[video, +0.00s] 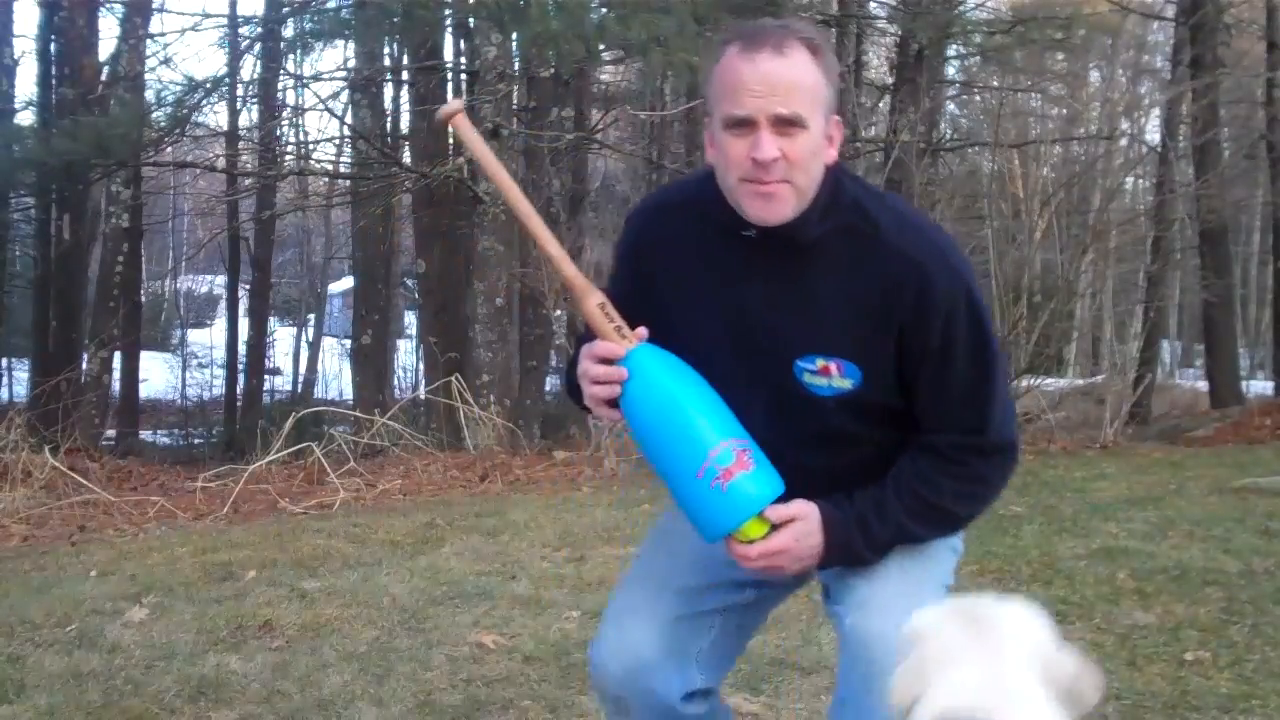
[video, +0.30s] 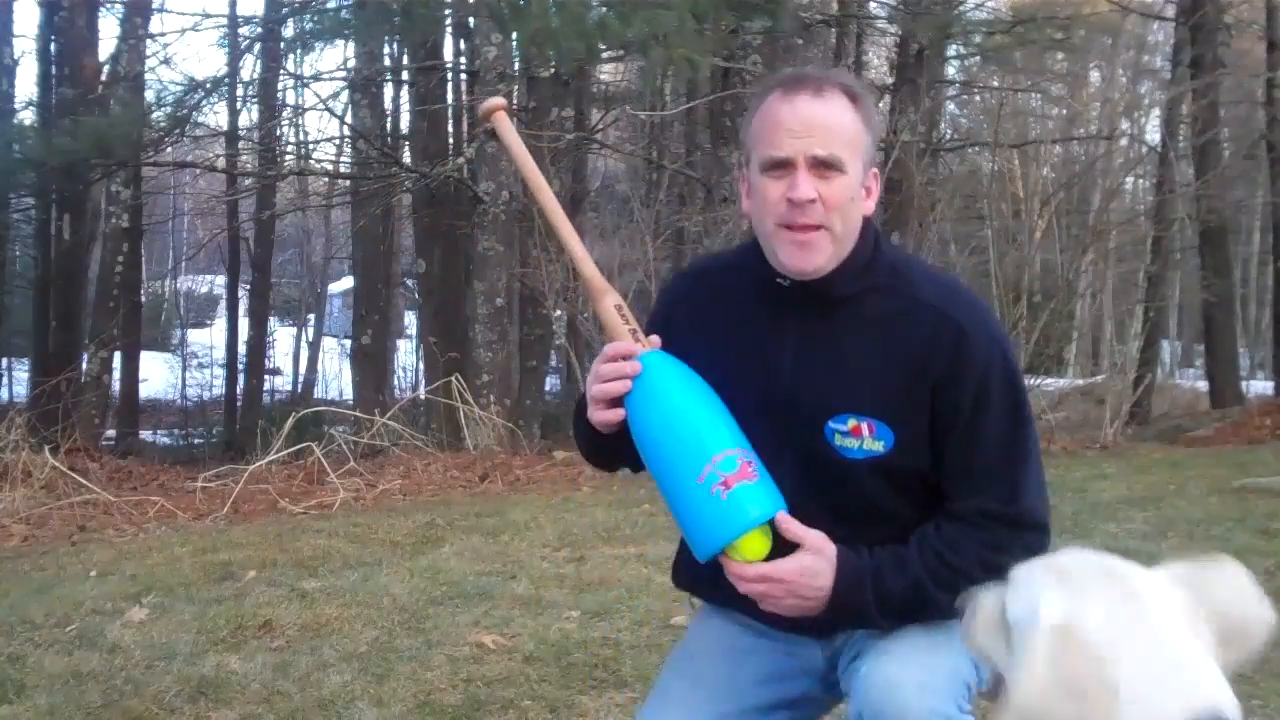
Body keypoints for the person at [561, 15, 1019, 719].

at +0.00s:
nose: (763, 151)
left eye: (788, 126)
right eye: (739, 126)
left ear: (832, 139)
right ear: (708, 138)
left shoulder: (913, 261)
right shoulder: (661, 232)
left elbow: (978, 449)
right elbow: (606, 350)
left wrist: (837, 530)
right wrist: (588, 378)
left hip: (891, 507)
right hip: (727, 495)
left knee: (889, 690)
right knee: (631, 670)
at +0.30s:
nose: (801, 191)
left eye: (827, 168)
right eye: (778, 168)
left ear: (868, 192)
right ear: (745, 191)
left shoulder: (950, 328)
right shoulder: (697, 304)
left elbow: (1007, 529)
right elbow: (626, 451)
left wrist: (853, 582)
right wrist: (603, 421)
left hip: (915, 619)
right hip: (747, 616)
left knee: (906, 701)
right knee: (671, 711)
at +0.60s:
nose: (835, 212)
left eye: (859, 190)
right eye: (812, 190)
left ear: (902, 218)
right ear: (781, 219)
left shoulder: (979, 362)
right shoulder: (723, 334)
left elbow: (1019, 563)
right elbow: (650, 480)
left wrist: (833, 565)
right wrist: (614, 411)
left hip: (899, 667)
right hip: (735, 673)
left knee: (913, 712)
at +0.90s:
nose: (840, 230)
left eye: (865, 209)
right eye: (818, 209)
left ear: (906, 237)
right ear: (785, 235)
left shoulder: (979, 378)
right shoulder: (711, 358)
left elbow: (1025, 550)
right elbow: (606, 490)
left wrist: (863, 479)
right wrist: (568, 366)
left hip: (902, 697)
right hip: (716, 697)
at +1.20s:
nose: (817, 235)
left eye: (840, 211)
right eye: (791, 214)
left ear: (874, 232)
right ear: (753, 237)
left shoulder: (942, 367)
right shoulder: (669, 354)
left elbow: (980, 542)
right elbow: (553, 463)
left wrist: (857, 383)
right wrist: (532, 329)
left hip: (868, 693)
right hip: (684, 698)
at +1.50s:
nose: (796, 231)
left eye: (820, 207)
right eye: (771, 207)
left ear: (857, 230)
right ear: (735, 229)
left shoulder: (924, 369)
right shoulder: (652, 351)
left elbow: (946, 549)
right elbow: (531, 460)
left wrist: (774, 462)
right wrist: (516, 323)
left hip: (850, 701)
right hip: (668, 701)